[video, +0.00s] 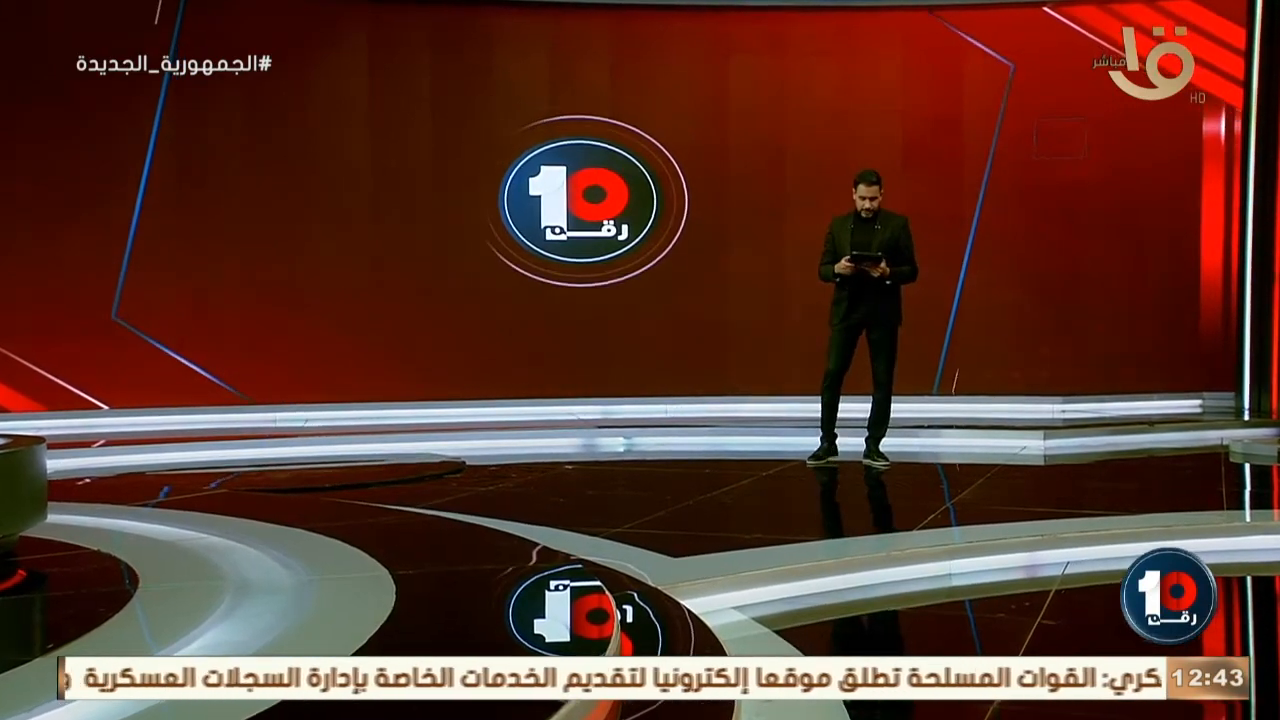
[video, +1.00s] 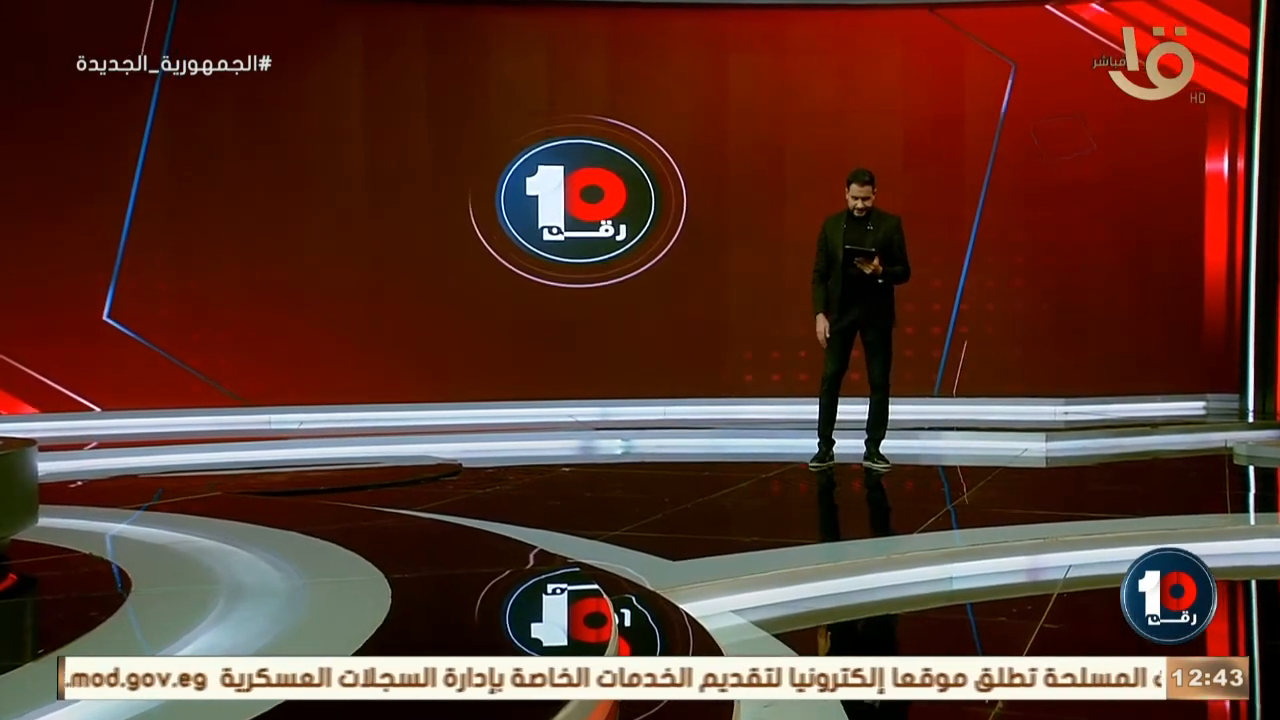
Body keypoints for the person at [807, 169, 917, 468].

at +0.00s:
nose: (868, 205)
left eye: (874, 198)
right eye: (863, 198)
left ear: (882, 197)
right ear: (854, 195)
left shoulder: (897, 225)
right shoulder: (839, 225)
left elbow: (911, 272)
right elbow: (824, 271)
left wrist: (888, 272)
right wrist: (837, 269)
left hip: (883, 315)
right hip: (846, 314)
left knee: (883, 381)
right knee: (832, 374)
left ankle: (873, 447)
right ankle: (827, 443)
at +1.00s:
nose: (860, 204)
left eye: (866, 198)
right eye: (855, 198)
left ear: (874, 196)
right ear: (846, 195)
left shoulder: (889, 225)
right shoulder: (833, 225)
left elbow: (903, 273)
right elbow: (820, 273)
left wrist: (880, 271)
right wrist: (820, 313)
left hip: (877, 316)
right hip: (840, 315)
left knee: (879, 383)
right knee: (830, 379)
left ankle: (873, 449)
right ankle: (824, 447)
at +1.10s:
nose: (857, 203)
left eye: (863, 197)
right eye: (852, 197)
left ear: (871, 196)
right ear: (844, 196)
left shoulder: (887, 224)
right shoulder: (830, 225)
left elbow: (901, 272)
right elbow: (817, 274)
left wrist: (878, 270)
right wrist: (817, 314)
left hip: (875, 316)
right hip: (838, 315)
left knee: (878, 383)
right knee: (829, 378)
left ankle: (873, 449)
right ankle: (824, 447)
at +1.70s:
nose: (839, 202)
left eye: (844, 196)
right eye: (834, 196)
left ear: (852, 195)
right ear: (824, 196)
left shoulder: (869, 224)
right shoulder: (811, 228)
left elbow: (885, 270)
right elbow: (800, 278)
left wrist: (865, 270)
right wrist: (800, 318)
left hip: (858, 317)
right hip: (821, 317)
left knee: (865, 381)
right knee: (818, 385)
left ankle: (872, 449)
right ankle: (823, 450)